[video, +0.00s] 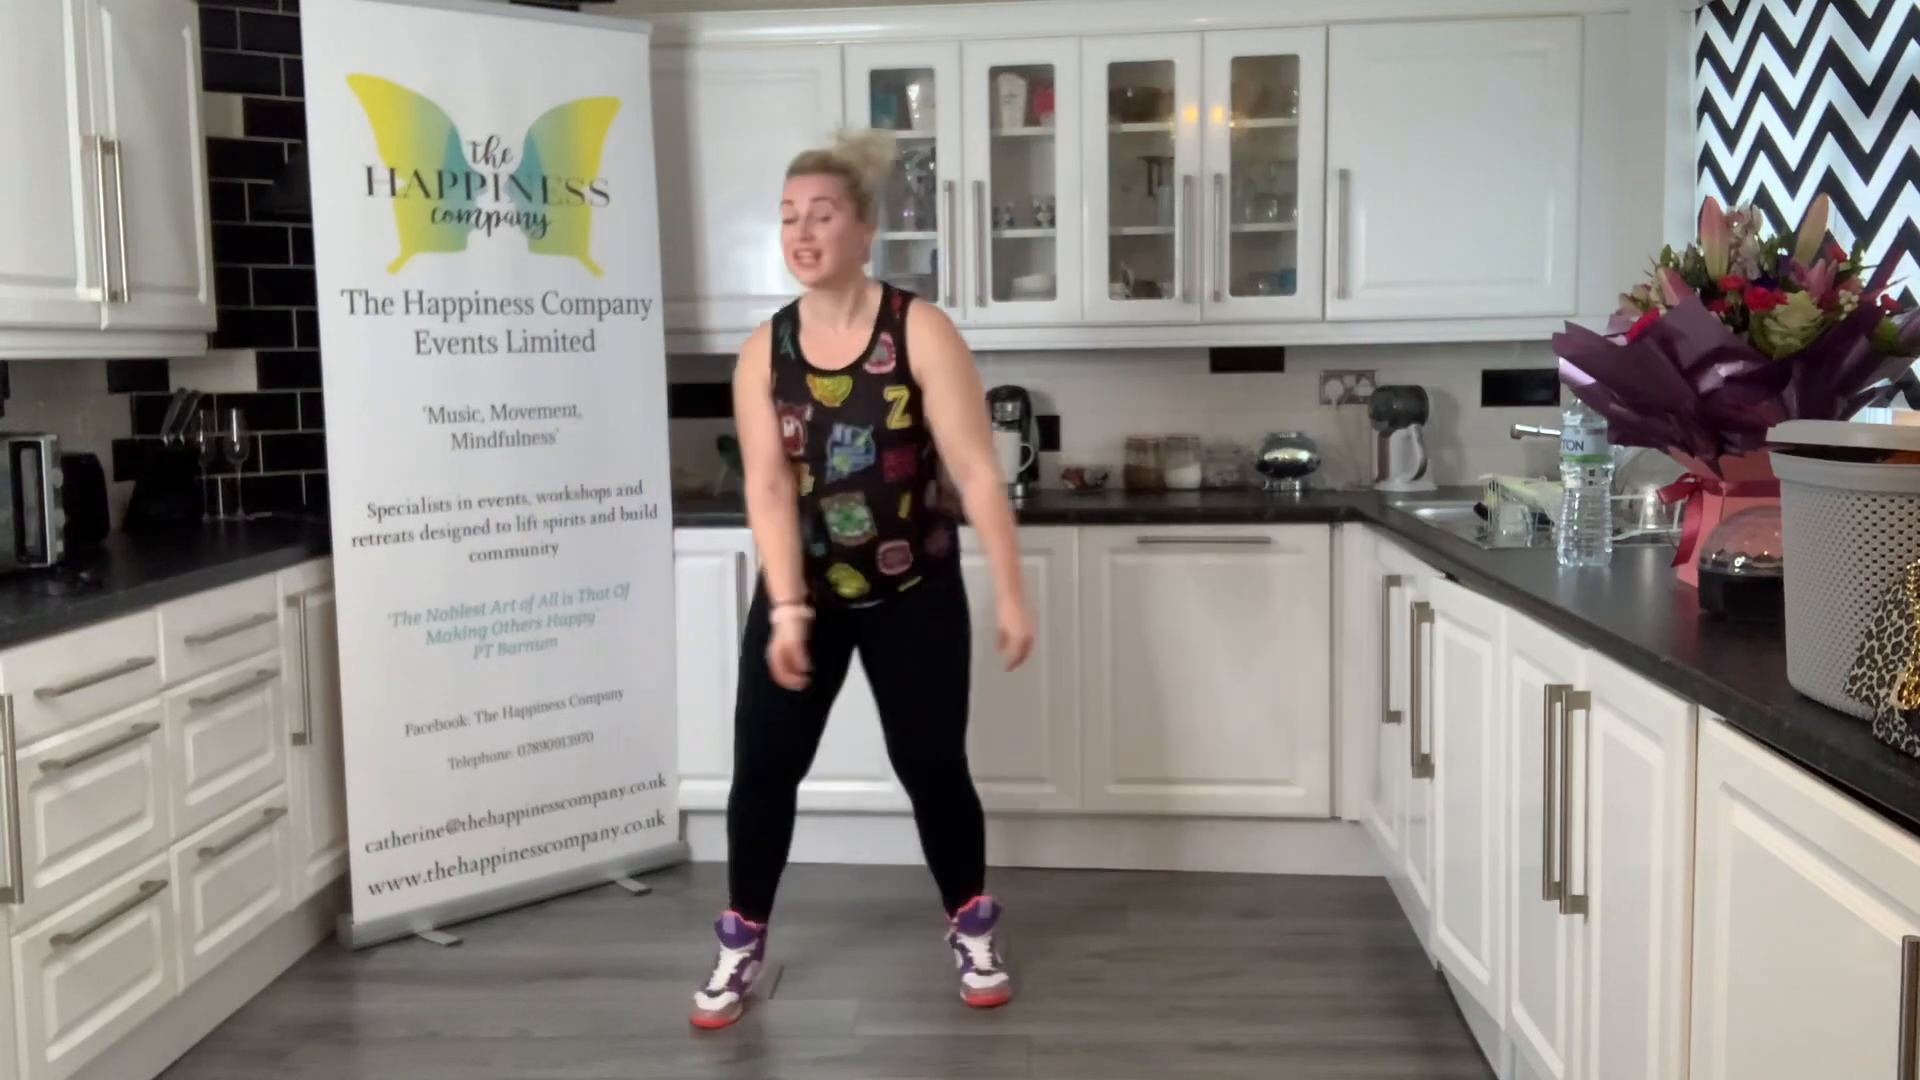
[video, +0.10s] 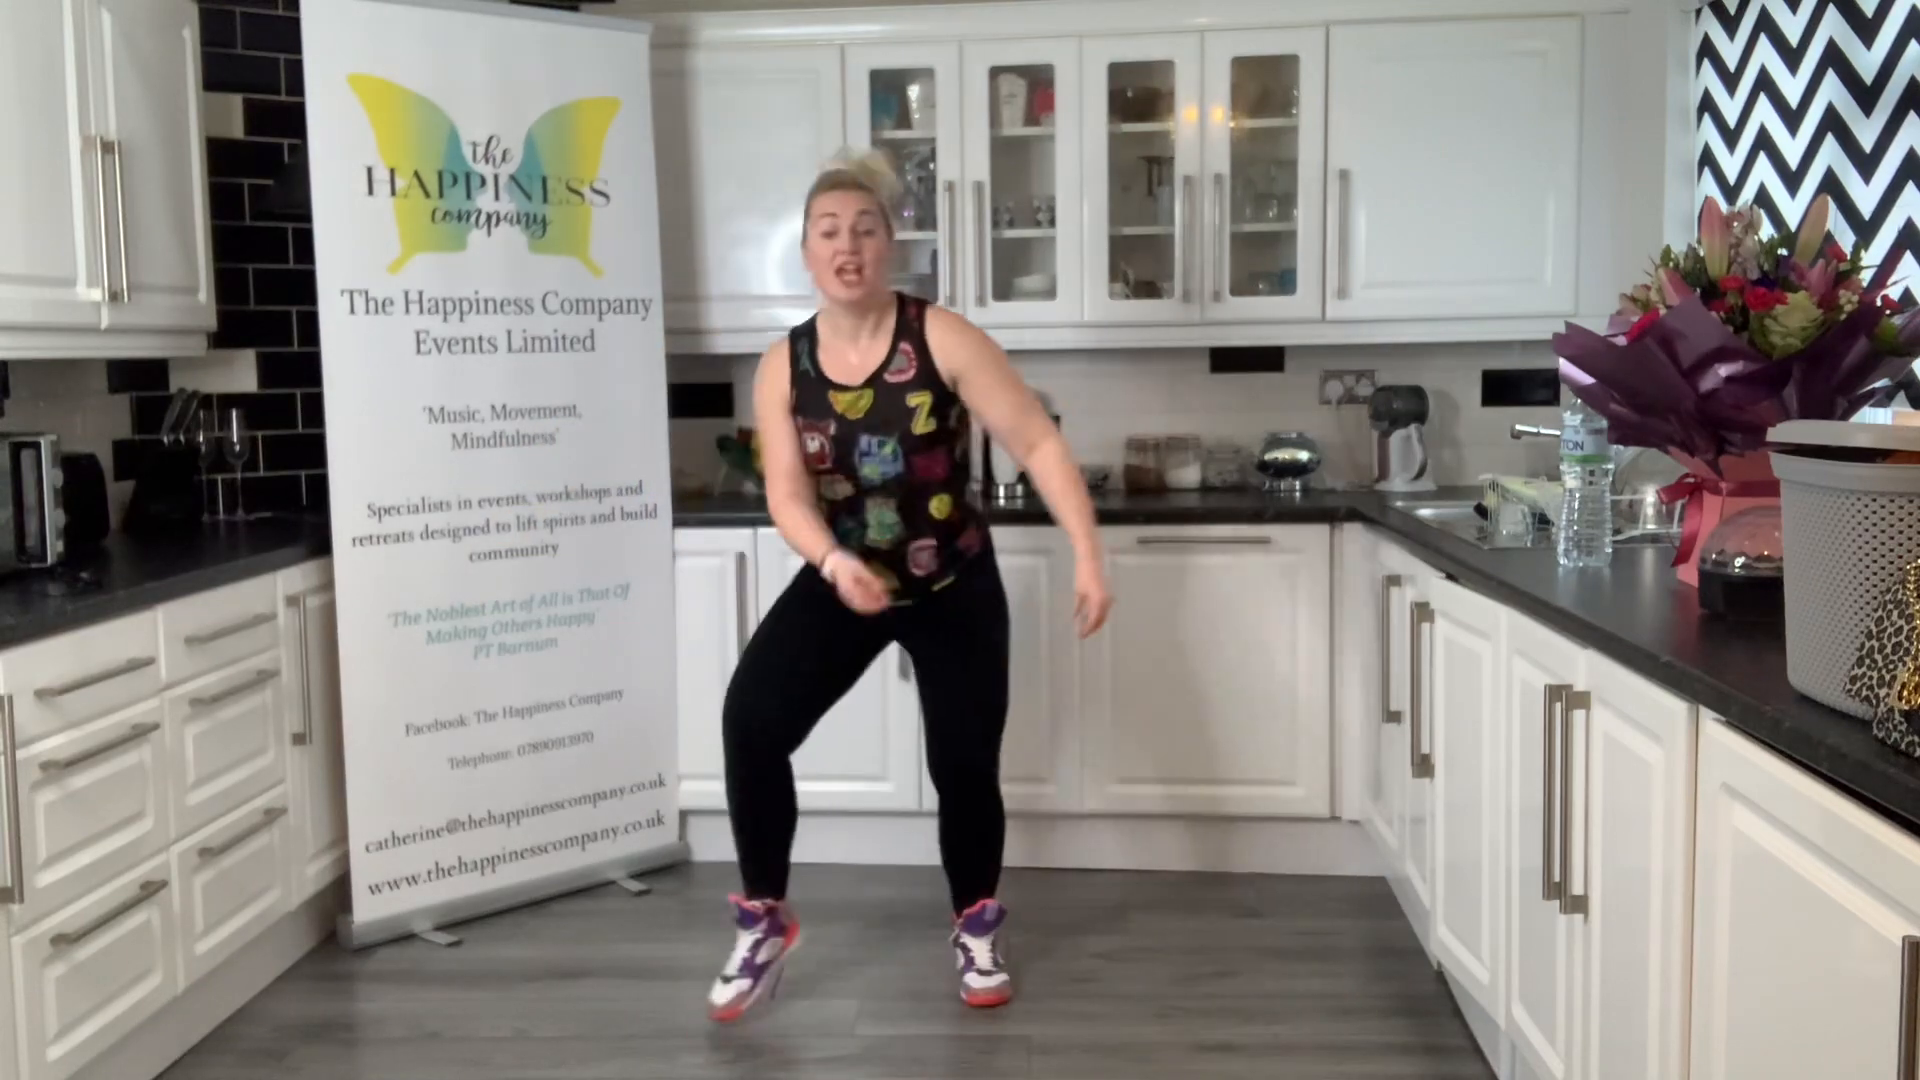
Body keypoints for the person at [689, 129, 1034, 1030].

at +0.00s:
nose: (802, 229)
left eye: (822, 212)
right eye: (790, 214)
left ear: (866, 227)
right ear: (779, 230)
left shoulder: (921, 331)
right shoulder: (763, 353)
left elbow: (975, 466)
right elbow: (768, 490)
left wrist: (1010, 588)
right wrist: (786, 604)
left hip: (911, 593)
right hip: (800, 594)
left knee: (932, 765)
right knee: (764, 772)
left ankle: (973, 926)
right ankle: (742, 942)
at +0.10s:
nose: (846, 244)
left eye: (865, 227)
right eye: (828, 229)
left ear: (893, 245)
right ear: (807, 251)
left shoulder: (944, 339)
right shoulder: (784, 367)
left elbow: (1033, 437)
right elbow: (787, 497)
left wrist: (1088, 551)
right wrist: (833, 560)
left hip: (951, 580)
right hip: (842, 582)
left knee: (965, 766)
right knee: (752, 720)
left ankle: (977, 930)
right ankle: (764, 918)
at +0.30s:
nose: (874, 231)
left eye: (890, 215)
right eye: (855, 218)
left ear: (915, 228)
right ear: (830, 236)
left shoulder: (970, 319)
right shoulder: (800, 352)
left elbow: (1054, 398)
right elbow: (788, 486)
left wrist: (1126, 446)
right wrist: (840, 488)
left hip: (976, 572)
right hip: (869, 577)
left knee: (969, 756)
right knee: (813, 732)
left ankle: (977, 927)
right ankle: (891, 931)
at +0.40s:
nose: (876, 233)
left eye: (894, 215)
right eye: (858, 217)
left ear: (923, 228)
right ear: (837, 234)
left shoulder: (974, 325)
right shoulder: (803, 350)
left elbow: (1050, 414)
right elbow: (786, 484)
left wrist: (1124, 447)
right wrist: (843, 487)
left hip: (977, 593)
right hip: (869, 601)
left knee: (971, 770)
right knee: (879, 781)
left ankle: (978, 932)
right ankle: (920, 963)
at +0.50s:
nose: (890, 245)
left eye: (905, 227)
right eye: (870, 229)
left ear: (929, 243)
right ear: (844, 249)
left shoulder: (973, 342)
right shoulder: (807, 358)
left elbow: (1052, 442)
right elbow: (783, 493)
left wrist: (1133, 483)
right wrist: (850, 515)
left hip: (982, 586)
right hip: (876, 590)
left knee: (977, 765)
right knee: (847, 754)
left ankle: (979, 930)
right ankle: (906, 946)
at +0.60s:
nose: (890, 249)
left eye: (907, 232)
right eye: (871, 234)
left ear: (931, 250)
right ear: (847, 255)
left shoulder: (977, 352)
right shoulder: (813, 364)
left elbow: (1047, 466)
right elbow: (772, 494)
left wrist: (1123, 548)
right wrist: (844, 552)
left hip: (985, 585)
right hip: (878, 588)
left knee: (981, 763)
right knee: (791, 720)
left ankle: (978, 930)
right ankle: (853, 915)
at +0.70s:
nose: (886, 231)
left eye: (904, 217)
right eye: (869, 218)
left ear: (930, 233)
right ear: (844, 236)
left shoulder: (977, 341)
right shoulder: (808, 348)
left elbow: (1024, 473)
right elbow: (745, 470)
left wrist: (1064, 592)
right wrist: (804, 565)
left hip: (972, 579)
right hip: (857, 578)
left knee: (969, 756)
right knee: (776, 717)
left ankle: (978, 927)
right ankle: (797, 904)